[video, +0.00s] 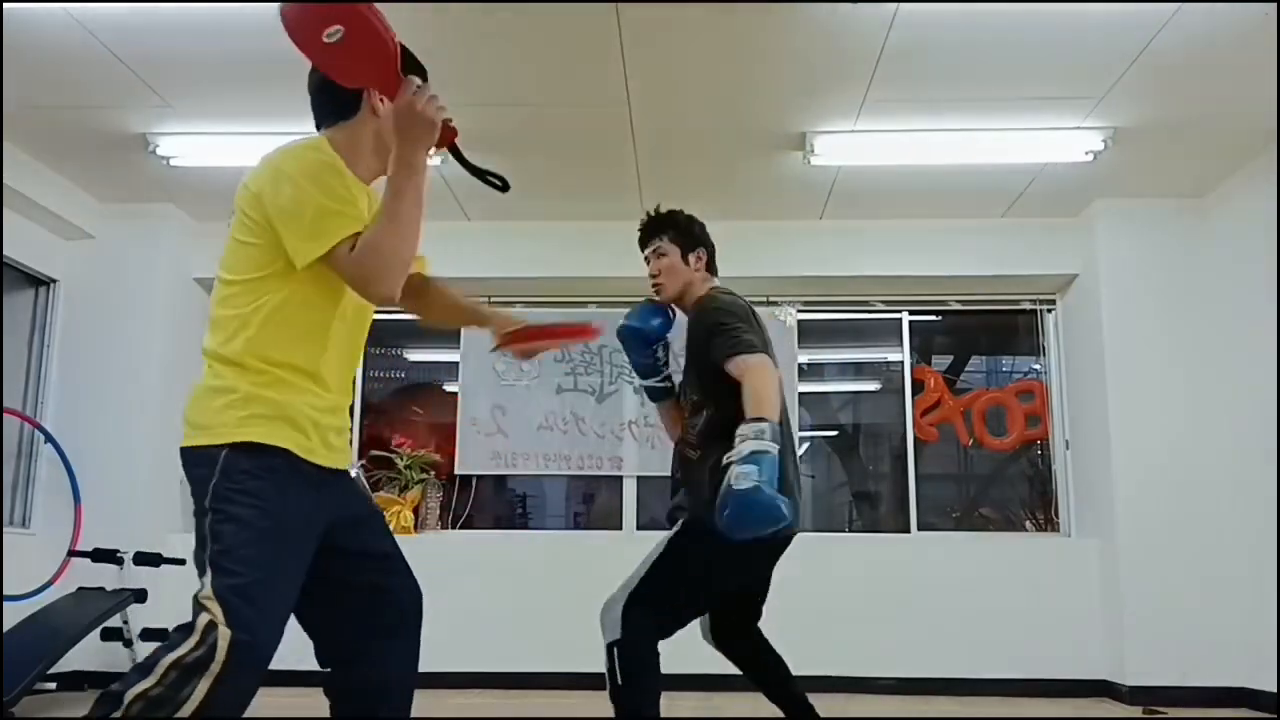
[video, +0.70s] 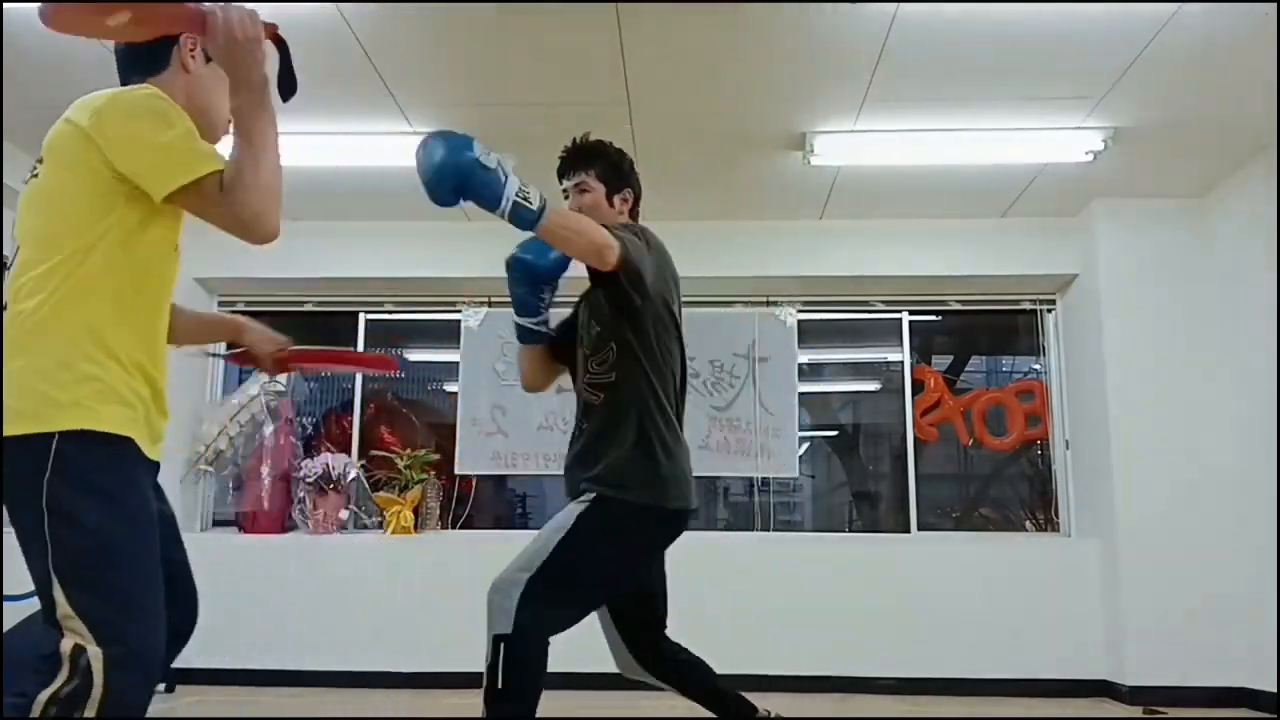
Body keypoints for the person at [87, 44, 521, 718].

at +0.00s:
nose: (426, 125)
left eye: (427, 109)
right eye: (419, 107)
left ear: (365, 107)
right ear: (380, 103)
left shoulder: (366, 202)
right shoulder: (296, 171)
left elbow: (416, 288)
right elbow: (380, 279)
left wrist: (495, 323)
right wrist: (412, 156)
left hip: (322, 461)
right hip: (249, 448)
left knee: (385, 613)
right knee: (236, 638)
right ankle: (122, 709)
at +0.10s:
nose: (411, 129)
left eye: (412, 111)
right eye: (405, 108)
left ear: (342, 102)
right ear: (368, 99)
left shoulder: (305, 174)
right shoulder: (320, 159)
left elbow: (307, 322)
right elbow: (423, 266)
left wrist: (386, 388)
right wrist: (440, 150)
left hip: (307, 444)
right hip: (281, 439)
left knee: (379, 611)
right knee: (254, 644)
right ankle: (123, 715)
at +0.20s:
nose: (366, 138)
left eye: (368, 127)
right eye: (363, 123)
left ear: (285, 119)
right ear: (332, 109)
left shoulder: (233, 199)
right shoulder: (339, 170)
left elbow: (262, 322)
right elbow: (475, 249)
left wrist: (377, 374)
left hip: (245, 451)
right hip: (297, 452)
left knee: (370, 621)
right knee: (249, 657)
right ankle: (121, 713)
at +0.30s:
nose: (329, 142)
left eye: (331, 130)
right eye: (326, 126)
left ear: (241, 123)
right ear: (295, 111)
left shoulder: (187, 198)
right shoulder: (301, 168)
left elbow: (257, 306)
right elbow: (389, 298)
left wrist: (370, 306)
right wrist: (462, 283)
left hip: (213, 455)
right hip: (284, 447)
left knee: (343, 611)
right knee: (245, 657)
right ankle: (116, 713)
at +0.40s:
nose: (303, 135)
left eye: (308, 118)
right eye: (305, 112)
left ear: (219, 99)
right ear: (270, 90)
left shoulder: (166, 169)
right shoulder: (243, 146)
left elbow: (238, 288)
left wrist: (344, 249)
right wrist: (408, 262)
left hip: (179, 438)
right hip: (225, 439)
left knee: (293, 656)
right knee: (190, 667)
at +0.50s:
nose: (284, 123)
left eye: (286, 106)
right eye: (283, 99)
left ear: (213, 81)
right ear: (244, 76)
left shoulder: (150, 152)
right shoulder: (188, 136)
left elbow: (238, 284)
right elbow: (239, 273)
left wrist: (345, 228)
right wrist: (353, 191)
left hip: (153, 441)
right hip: (149, 444)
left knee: (256, 601)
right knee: (169, 672)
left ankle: (245, 714)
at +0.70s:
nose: (237, 117)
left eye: (246, 98)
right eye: (236, 90)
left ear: (181, 55)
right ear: (192, 53)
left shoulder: (119, 146)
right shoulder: (124, 112)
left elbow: (119, 315)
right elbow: (257, 217)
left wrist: (233, 327)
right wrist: (253, 81)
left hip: (99, 426)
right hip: (64, 421)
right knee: (115, 647)